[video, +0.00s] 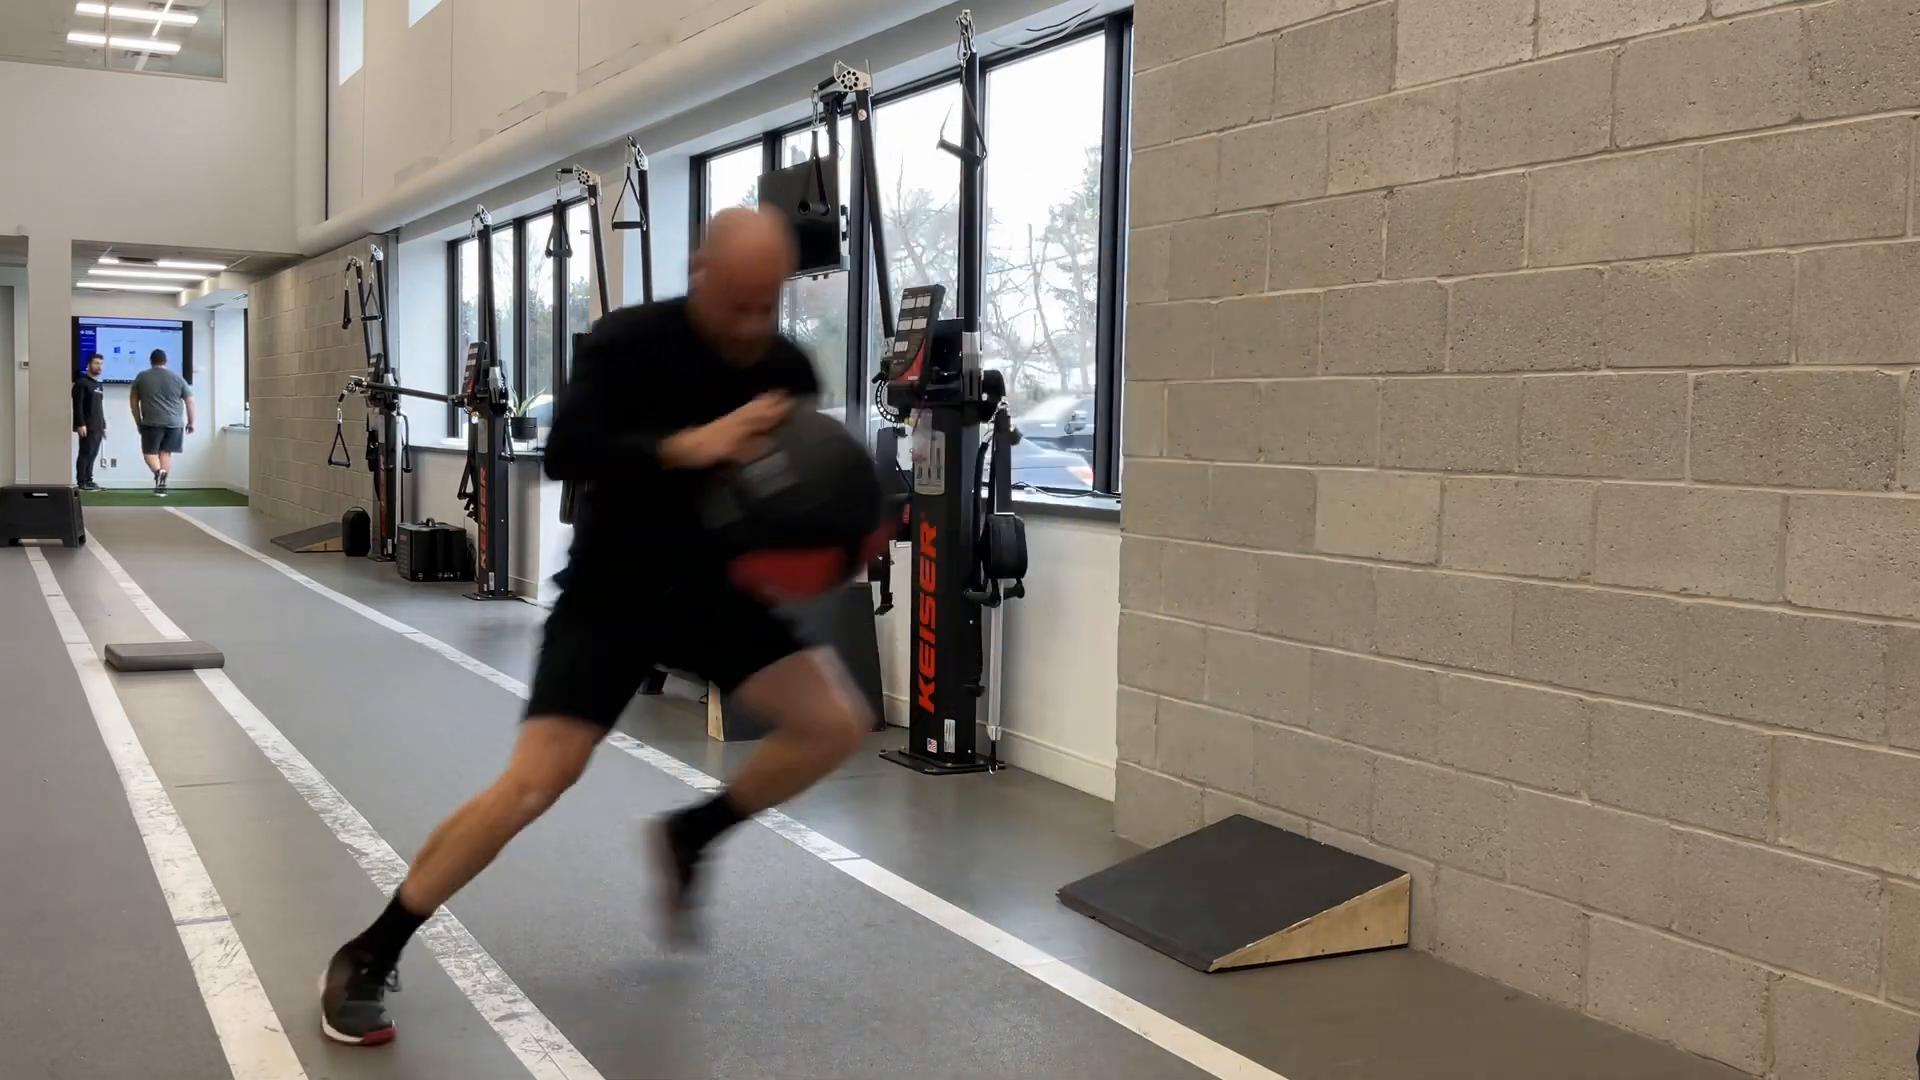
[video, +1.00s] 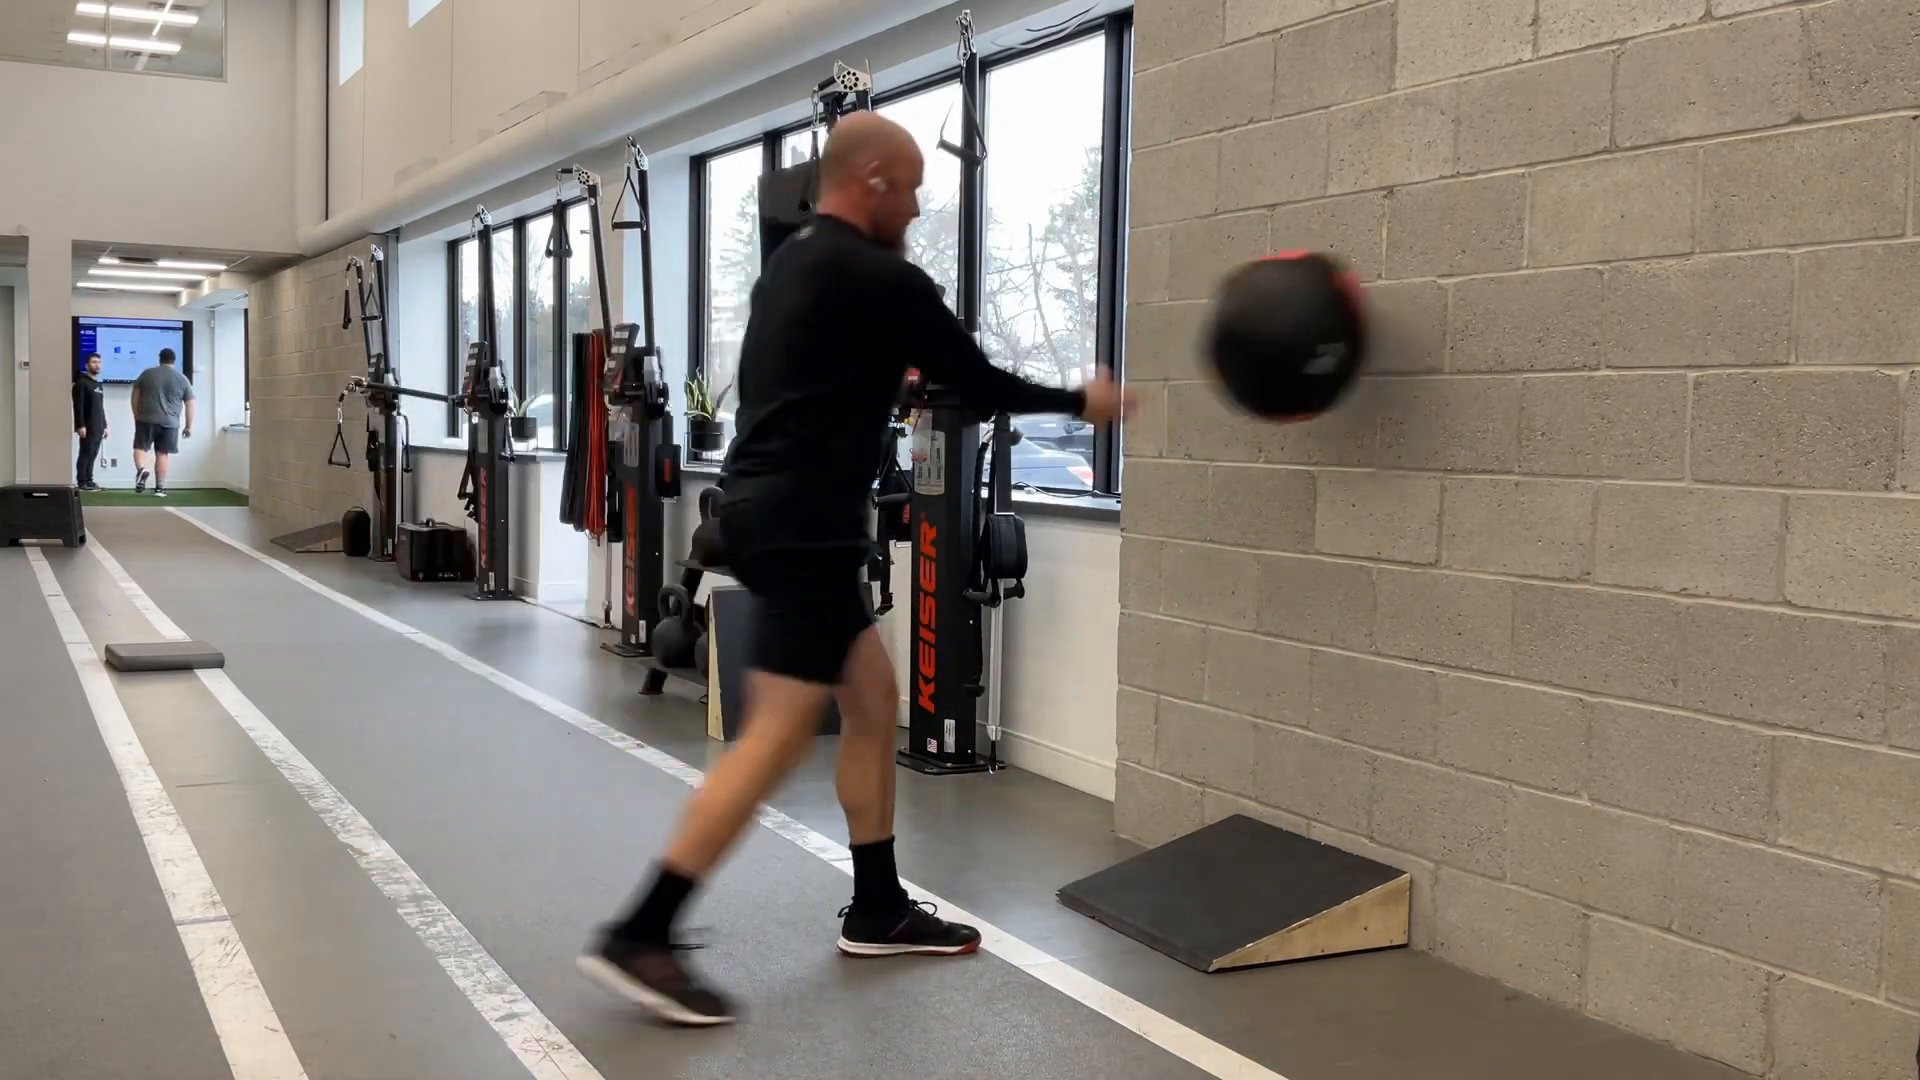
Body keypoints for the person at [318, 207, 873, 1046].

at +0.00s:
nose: (757, 323)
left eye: (771, 303)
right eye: (741, 303)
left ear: (787, 288)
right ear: (699, 277)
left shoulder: (784, 369)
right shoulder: (627, 344)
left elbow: (801, 486)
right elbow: (568, 451)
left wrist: (830, 517)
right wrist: (684, 445)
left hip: (714, 591)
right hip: (614, 591)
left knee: (833, 724)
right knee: (533, 784)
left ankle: (692, 833)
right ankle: (370, 955)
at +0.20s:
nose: (582, 448)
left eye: (600, 429)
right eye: (565, 429)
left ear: (627, 403)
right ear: (531, 397)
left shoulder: (654, 496)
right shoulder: (472, 441)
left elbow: (648, 633)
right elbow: (305, 473)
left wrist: (577, 688)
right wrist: (371, 528)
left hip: (560, 661)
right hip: (446, 645)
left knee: (553, 856)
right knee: (455, 796)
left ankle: (424, 886)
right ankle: (347, 961)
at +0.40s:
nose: (542, 463)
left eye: (560, 446)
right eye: (524, 444)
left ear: (586, 413)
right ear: (487, 403)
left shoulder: (613, 498)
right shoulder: (440, 430)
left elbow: (591, 642)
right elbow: (269, 420)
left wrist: (491, 674)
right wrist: (327, 472)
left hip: (546, 659)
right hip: (429, 647)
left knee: (607, 793)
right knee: (433, 780)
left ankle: (466, 870)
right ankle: (344, 961)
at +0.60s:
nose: (648, 403)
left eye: (655, 384)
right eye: (630, 387)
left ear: (664, 367)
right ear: (575, 360)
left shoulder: (670, 457)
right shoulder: (494, 389)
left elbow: (648, 589)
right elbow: (327, 382)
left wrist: (569, 621)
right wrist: (385, 444)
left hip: (614, 611)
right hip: (496, 621)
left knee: (775, 711)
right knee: (462, 783)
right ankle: (349, 965)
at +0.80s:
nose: (832, 266)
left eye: (831, 249)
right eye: (821, 249)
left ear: (772, 252)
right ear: (769, 252)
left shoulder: (797, 351)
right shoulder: (679, 345)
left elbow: (803, 464)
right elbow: (608, 450)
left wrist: (884, 441)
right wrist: (714, 447)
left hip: (729, 590)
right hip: (645, 593)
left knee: (844, 709)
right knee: (572, 784)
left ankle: (875, 906)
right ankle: (377, 941)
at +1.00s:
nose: (915, 207)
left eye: (916, 191)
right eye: (911, 191)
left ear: (840, 181)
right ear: (871, 186)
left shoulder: (790, 261)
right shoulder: (881, 275)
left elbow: (802, 384)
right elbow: (978, 382)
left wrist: (901, 383)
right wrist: (1079, 400)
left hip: (758, 513)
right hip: (808, 521)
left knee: (871, 692)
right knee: (777, 733)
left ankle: (879, 905)